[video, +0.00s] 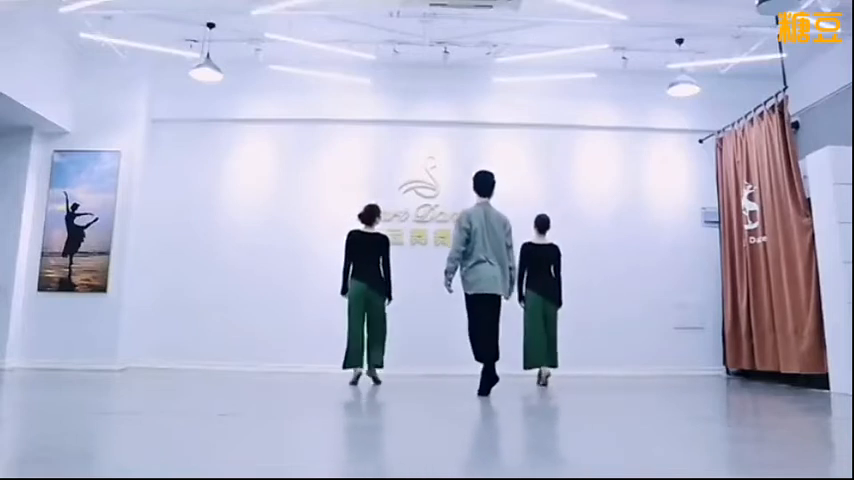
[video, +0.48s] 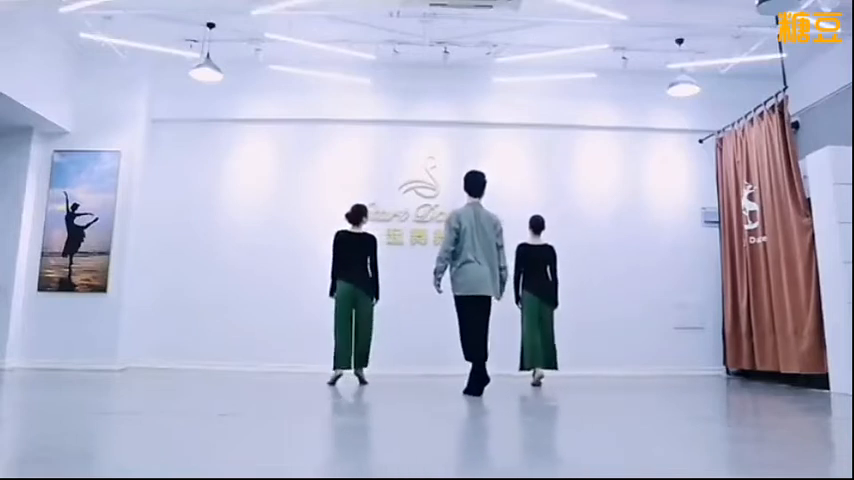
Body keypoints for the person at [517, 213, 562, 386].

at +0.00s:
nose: (538, 229)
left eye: (536, 226)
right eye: (542, 226)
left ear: (534, 227)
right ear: (548, 228)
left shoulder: (527, 247)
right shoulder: (554, 249)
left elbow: (521, 272)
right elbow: (558, 275)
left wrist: (520, 293)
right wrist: (559, 296)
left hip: (533, 292)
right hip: (550, 293)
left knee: (536, 330)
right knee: (548, 330)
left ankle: (542, 367)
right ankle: (545, 367)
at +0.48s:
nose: (534, 230)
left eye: (532, 227)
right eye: (537, 227)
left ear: (529, 228)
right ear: (543, 229)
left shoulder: (522, 248)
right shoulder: (549, 249)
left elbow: (517, 273)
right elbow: (554, 275)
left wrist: (517, 294)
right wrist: (555, 297)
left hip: (529, 292)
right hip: (546, 293)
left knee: (531, 330)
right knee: (544, 330)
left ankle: (536, 367)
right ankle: (540, 367)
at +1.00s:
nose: (530, 229)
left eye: (528, 226)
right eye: (534, 226)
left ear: (526, 227)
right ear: (540, 228)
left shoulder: (518, 247)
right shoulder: (546, 248)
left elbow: (513, 272)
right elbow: (551, 275)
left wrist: (512, 293)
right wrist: (552, 296)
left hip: (525, 291)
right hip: (543, 292)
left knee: (529, 329)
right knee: (542, 329)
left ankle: (538, 366)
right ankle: (541, 368)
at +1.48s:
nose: (512, 239)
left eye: (512, 236)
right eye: (515, 236)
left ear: (514, 238)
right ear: (527, 239)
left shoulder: (508, 259)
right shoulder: (534, 258)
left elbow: (505, 285)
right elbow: (547, 277)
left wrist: (504, 306)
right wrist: (559, 293)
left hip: (518, 303)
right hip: (535, 303)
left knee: (513, 337)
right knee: (538, 339)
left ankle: (513, 369)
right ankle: (538, 377)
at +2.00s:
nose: (480, 244)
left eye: (479, 242)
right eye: (483, 242)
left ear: (478, 241)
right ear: (492, 241)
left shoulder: (473, 257)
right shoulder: (500, 258)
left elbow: (468, 283)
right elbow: (498, 278)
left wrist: (464, 306)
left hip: (477, 300)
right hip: (496, 301)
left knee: (474, 336)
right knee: (489, 337)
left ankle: (478, 372)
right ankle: (484, 371)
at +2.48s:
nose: (470, 243)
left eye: (468, 240)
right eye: (474, 241)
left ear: (465, 240)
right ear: (479, 240)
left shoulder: (459, 259)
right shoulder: (485, 256)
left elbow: (454, 286)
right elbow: (494, 264)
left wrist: (454, 307)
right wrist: (480, 268)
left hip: (467, 300)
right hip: (483, 300)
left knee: (468, 338)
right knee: (480, 337)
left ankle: (479, 372)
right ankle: (466, 373)